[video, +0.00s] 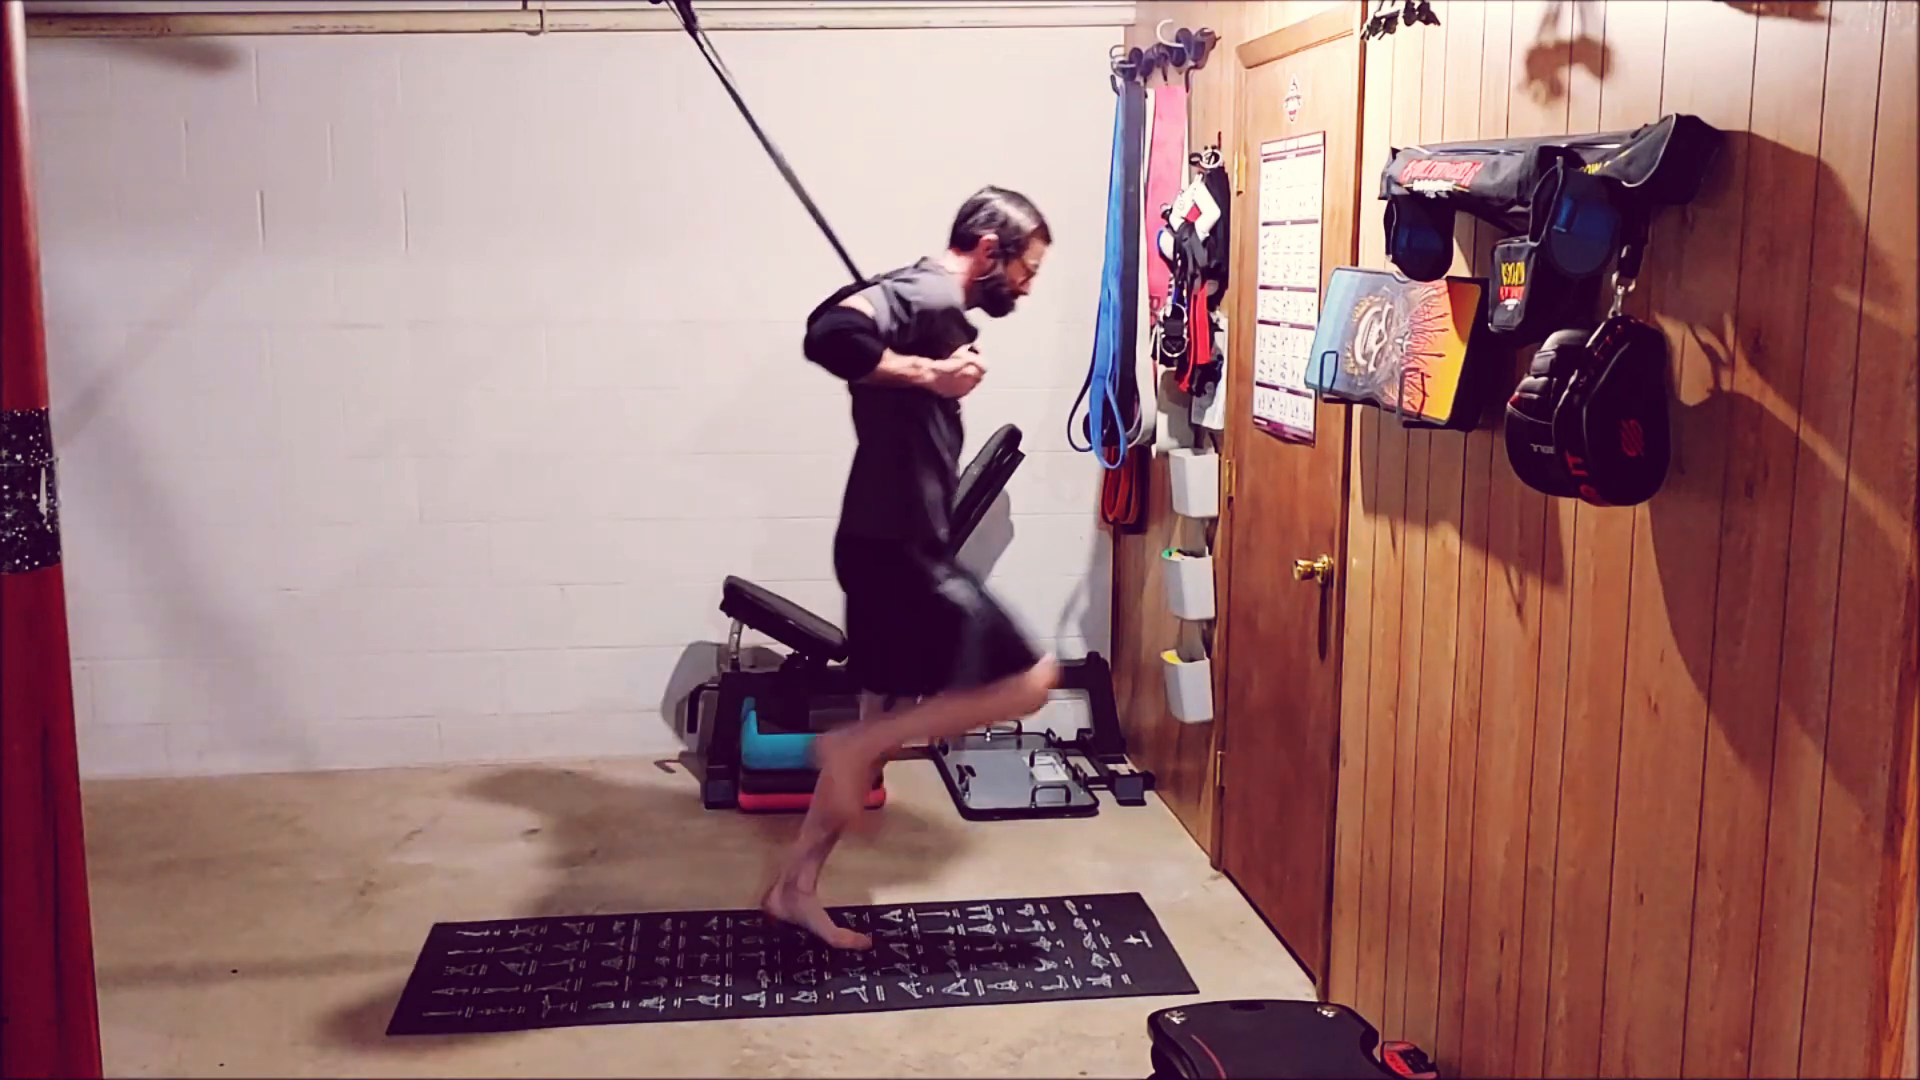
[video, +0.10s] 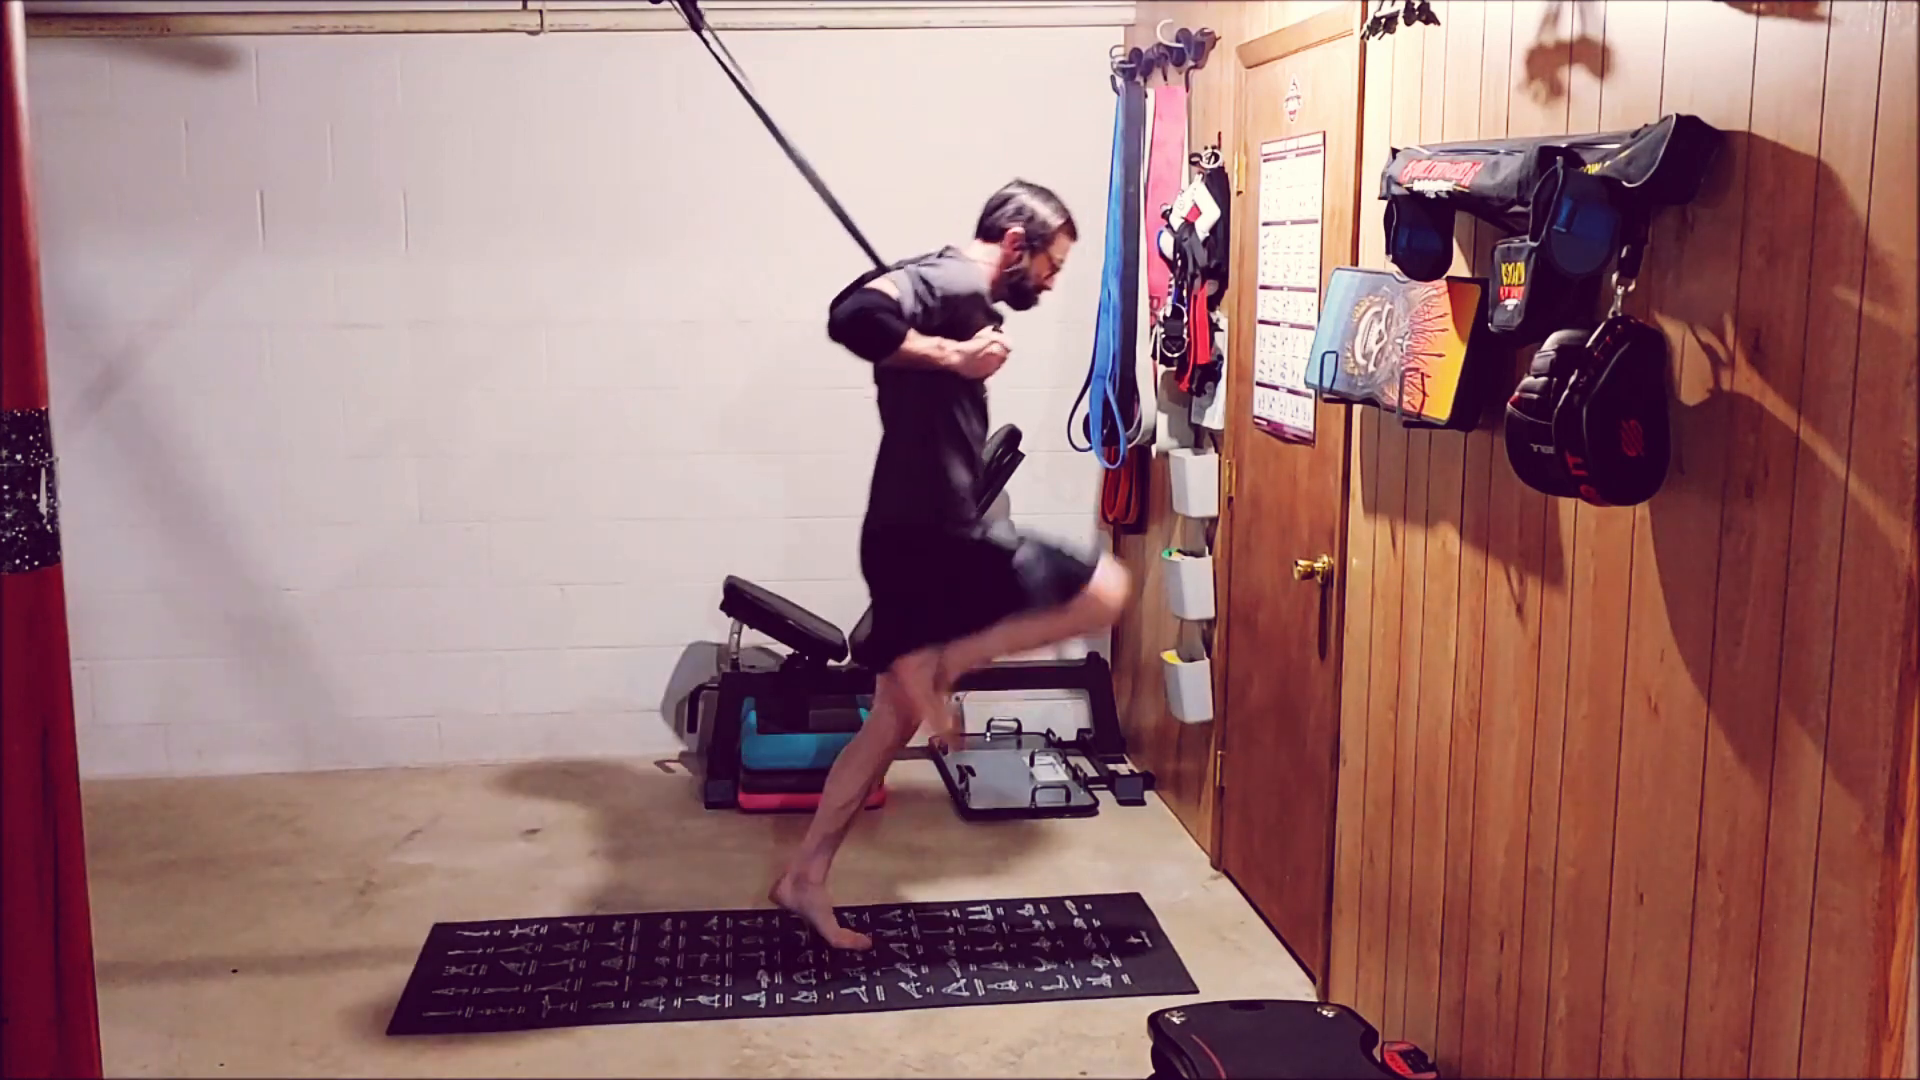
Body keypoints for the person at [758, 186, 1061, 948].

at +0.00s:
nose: (1028, 289)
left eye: (1033, 275)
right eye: (1028, 270)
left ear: (984, 251)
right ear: (988, 249)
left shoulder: (938, 302)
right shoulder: (930, 288)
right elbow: (830, 334)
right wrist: (929, 373)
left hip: (899, 543)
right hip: (895, 547)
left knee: (874, 727)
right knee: (1028, 680)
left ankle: (795, 888)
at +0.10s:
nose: (1052, 282)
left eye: (1058, 270)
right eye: (1053, 264)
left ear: (1010, 240)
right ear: (1016, 240)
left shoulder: (957, 292)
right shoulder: (953, 274)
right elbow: (856, 314)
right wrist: (954, 356)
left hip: (914, 534)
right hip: (933, 534)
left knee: (892, 716)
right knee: (1107, 591)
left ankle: (805, 876)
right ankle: (938, 667)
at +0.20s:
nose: (1073, 270)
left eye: (1081, 257)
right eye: (1077, 251)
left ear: (1032, 223)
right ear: (1045, 228)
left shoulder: (977, 273)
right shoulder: (981, 260)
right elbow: (882, 294)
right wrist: (978, 337)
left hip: (932, 512)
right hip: (964, 509)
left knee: (902, 699)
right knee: (1144, 500)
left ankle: (823, 863)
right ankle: (1001, 612)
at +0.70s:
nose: (1050, 281)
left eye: (1057, 267)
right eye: (1053, 263)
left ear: (1004, 238)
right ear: (1020, 242)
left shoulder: (947, 288)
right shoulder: (956, 279)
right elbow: (851, 322)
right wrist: (955, 361)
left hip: (907, 527)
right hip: (947, 519)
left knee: (887, 718)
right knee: (1122, 532)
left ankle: (799, 885)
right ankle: (974, 668)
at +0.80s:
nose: (1028, 292)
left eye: (1034, 278)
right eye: (1030, 274)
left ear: (981, 253)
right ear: (993, 255)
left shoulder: (920, 299)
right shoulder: (929, 303)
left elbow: (823, 330)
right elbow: (825, 345)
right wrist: (928, 381)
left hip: (886, 539)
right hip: (918, 537)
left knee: (863, 735)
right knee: (1072, 625)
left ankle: (784, 901)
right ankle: (901, 730)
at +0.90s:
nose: (1000, 298)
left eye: (1006, 285)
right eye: (1001, 281)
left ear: (953, 258)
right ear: (961, 260)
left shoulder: (893, 307)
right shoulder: (896, 314)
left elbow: (792, 344)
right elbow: (797, 369)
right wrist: (895, 401)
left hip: (862, 554)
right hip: (885, 558)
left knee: (850, 744)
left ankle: (780, 910)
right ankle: (811, 782)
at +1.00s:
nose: (970, 294)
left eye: (976, 279)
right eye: (968, 277)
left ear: (921, 256)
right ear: (929, 257)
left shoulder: (868, 308)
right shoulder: (865, 317)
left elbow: (770, 354)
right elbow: (765, 379)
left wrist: (875, 394)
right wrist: (869, 411)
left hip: (836, 547)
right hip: (837, 552)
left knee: (827, 742)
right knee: (887, 744)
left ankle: (777, 912)